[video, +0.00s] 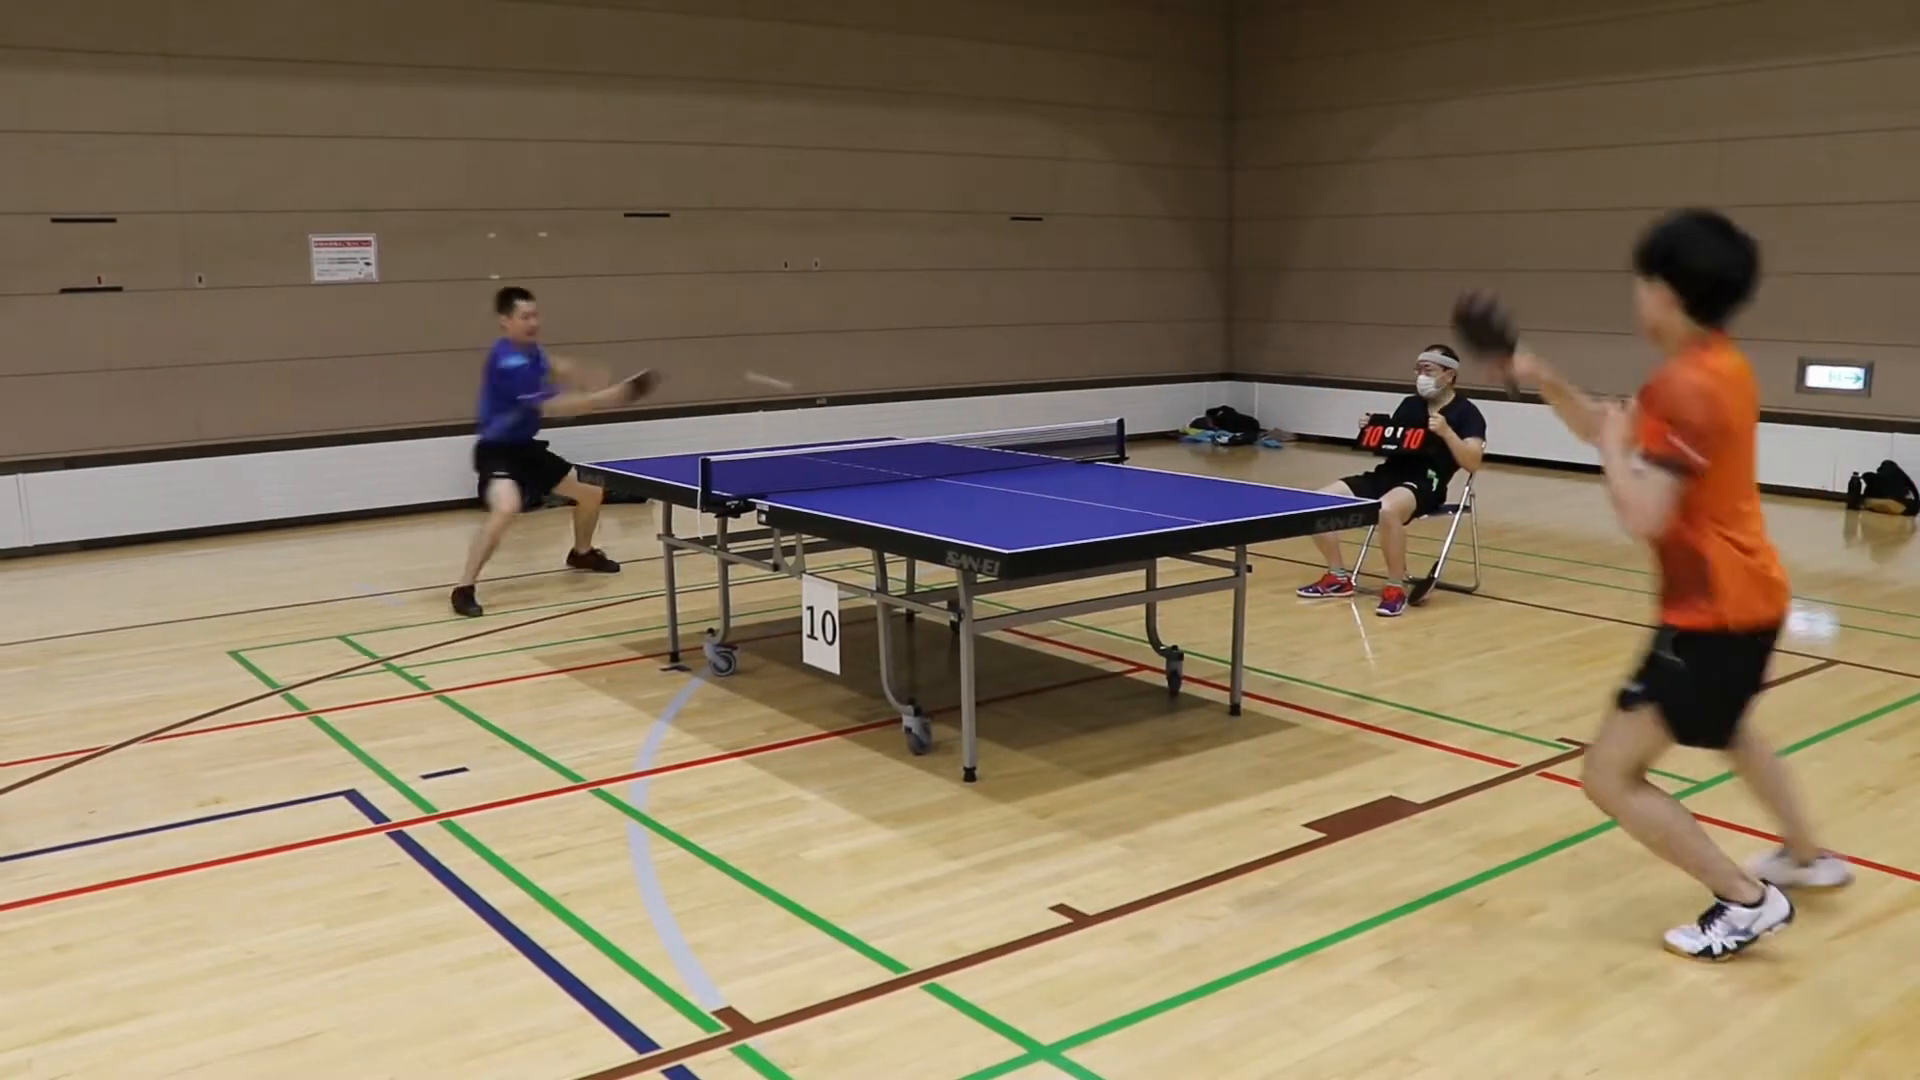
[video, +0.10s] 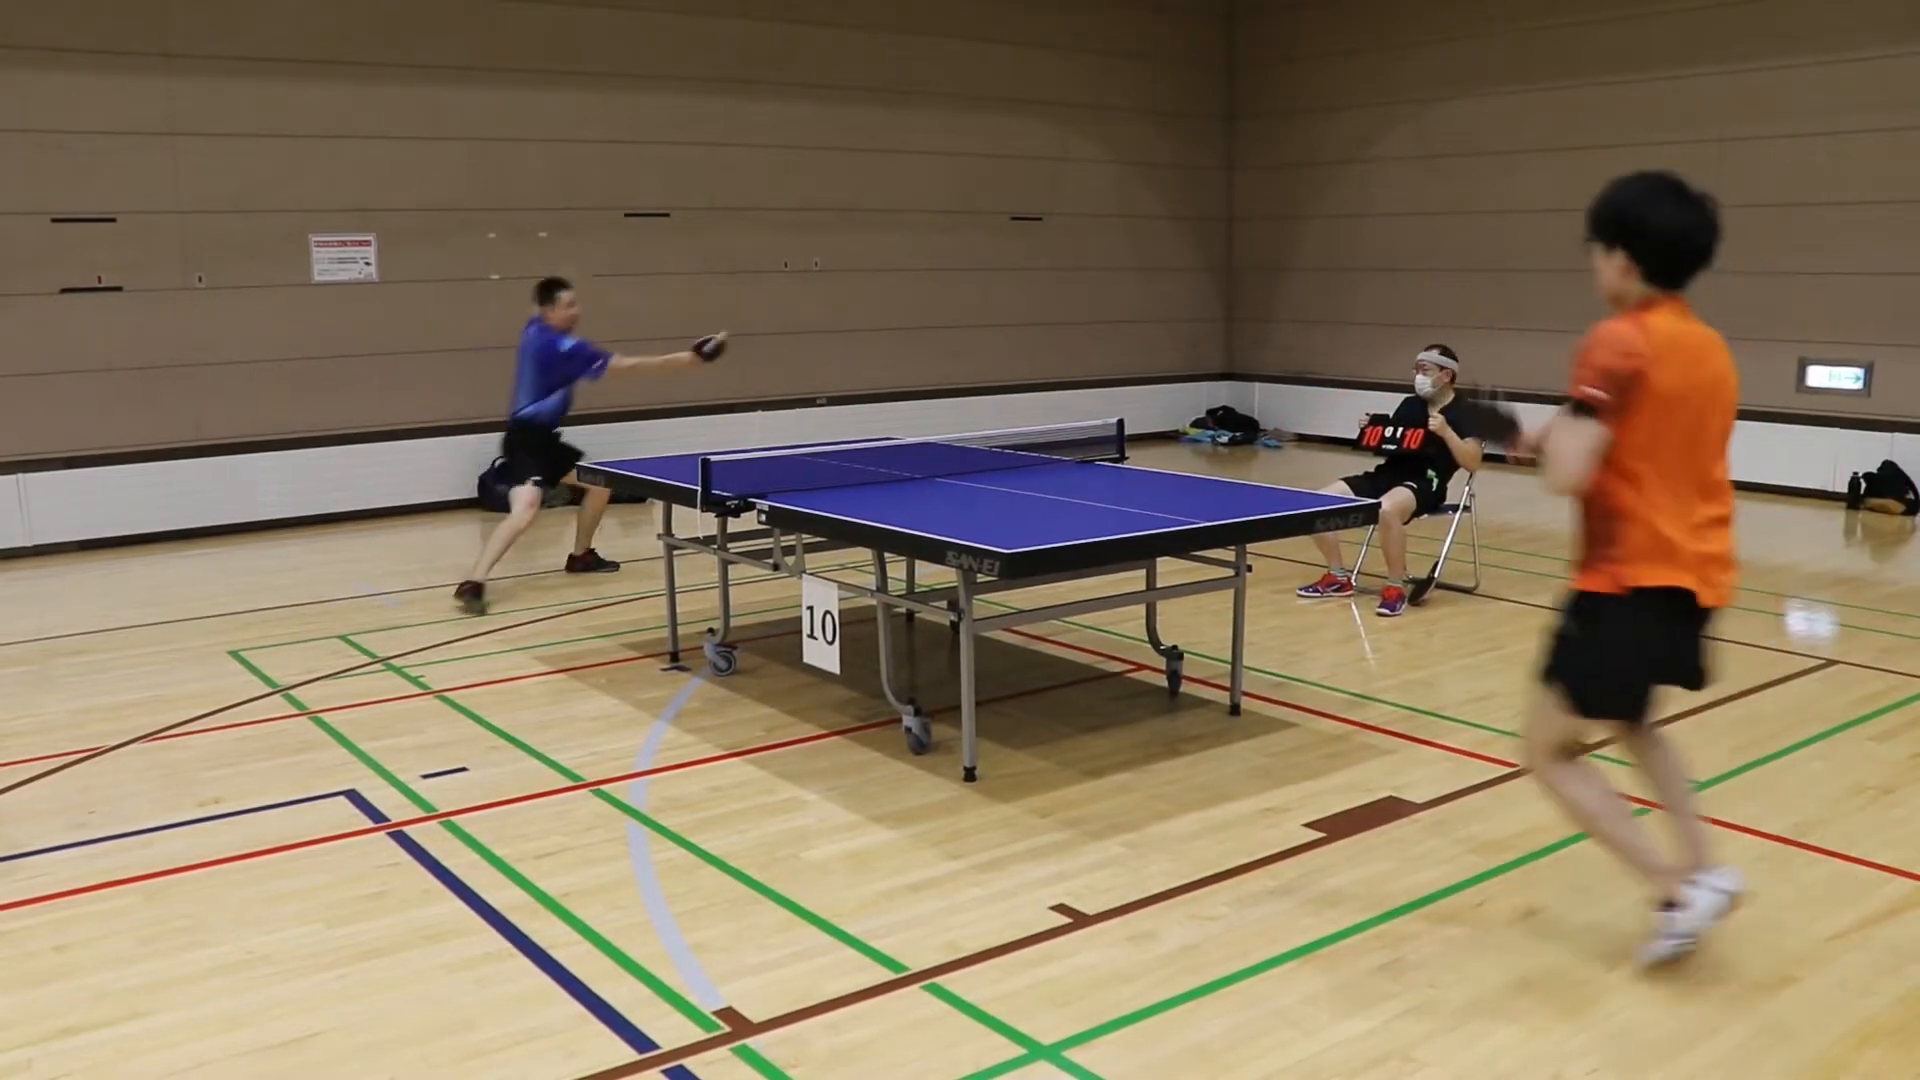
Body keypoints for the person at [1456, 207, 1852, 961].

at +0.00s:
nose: (1638, 296)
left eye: (1646, 283)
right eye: (1642, 281)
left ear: (1675, 295)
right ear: (1705, 296)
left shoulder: (1688, 383)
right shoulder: (1722, 366)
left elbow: (1645, 515)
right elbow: (1614, 433)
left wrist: (1614, 446)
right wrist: (1543, 383)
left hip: (1709, 615)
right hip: (1748, 602)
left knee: (1608, 775)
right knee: (1726, 724)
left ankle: (1745, 898)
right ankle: (1807, 853)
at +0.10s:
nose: (1594, 265)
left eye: (1601, 250)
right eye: (1596, 249)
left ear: (1627, 258)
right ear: (1680, 260)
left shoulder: (1621, 341)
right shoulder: (1712, 349)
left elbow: (1571, 470)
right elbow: (1672, 452)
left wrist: (1547, 436)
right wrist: (1565, 435)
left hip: (1623, 589)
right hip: (1691, 586)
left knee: (1547, 747)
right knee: (1633, 719)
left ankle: (1675, 889)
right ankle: (1702, 870)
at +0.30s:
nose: (1495, 317)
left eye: (1502, 304)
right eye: (1501, 303)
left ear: (1521, 315)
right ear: (1589, 325)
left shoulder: (1471, 392)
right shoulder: (1629, 428)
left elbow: (1381, 517)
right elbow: (1628, 583)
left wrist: (1444, 538)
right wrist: (1550, 569)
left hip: (1461, 644)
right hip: (1562, 662)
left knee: (1335, 796)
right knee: (1564, 798)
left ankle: (1251, 965)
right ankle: (1583, 978)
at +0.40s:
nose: (1438, 341)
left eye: (1445, 330)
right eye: (1447, 329)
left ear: (1455, 344)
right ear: (1533, 361)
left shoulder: (1387, 417)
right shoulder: (1553, 465)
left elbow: (1314, 523)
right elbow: (1572, 624)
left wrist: (1379, 554)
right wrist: (1547, 694)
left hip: (1356, 677)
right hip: (1466, 698)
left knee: (1255, 847)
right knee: (1521, 797)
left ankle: (1178, 1037)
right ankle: (1580, 979)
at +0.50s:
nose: (1408, 321)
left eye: (1413, 310)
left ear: (1413, 327)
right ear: (1498, 352)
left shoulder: (1343, 393)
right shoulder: (1493, 452)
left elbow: (1296, 504)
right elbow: (1495, 619)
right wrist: (1509, 694)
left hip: (1271, 652)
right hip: (1382, 673)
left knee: (1208, 828)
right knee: (1468, 790)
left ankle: (1169, 1015)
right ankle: (1528, 968)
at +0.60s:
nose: (1381, 315)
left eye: (1385, 302)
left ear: (1383, 312)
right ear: (1471, 337)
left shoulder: (1322, 376)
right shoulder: (1454, 431)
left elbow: (1280, 479)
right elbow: (1439, 602)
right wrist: (1464, 693)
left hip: (1226, 624)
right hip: (1332, 653)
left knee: (1175, 791)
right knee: (1410, 789)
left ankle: (1135, 958)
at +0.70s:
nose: (1451, 342)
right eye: (1449, 330)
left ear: (1356, 317)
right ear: (1439, 343)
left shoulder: (1302, 382)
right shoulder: (1410, 442)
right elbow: (1380, 603)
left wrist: (1418, 437)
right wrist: (1428, 724)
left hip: (1182, 628)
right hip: (1278, 660)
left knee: (1130, 786)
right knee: (1382, 816)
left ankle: (1028, 929)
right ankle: (1341, 1021)